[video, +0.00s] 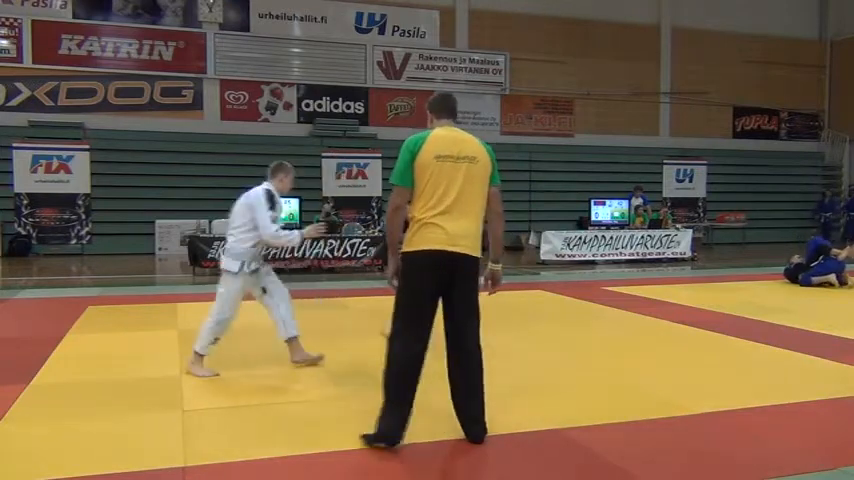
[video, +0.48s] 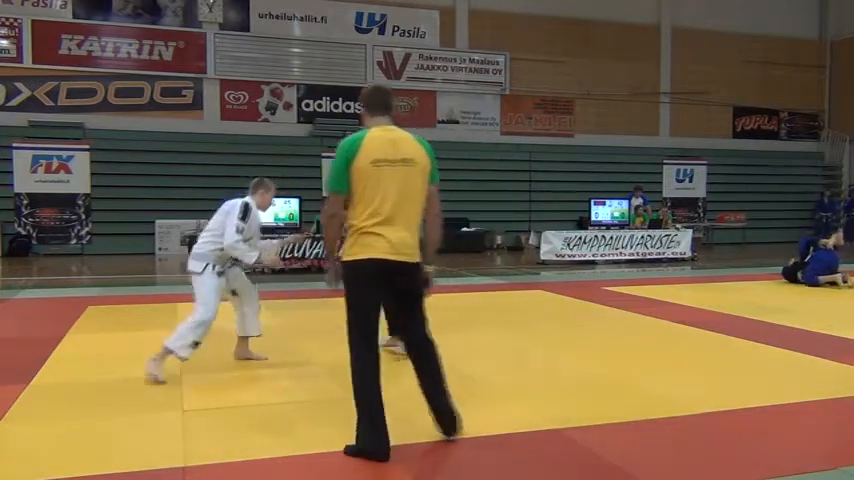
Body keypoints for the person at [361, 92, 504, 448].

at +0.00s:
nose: (425, 123)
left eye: (425, 118)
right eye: (429, 118)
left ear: (430, 116)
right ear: (457, 117)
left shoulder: (416, 144)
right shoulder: (483, 150)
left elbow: (398, 204)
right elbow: (495, 208)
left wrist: (393, 255)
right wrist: (496, 259)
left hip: (421, 257)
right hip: (465, 259)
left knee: (407, 341)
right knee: (466, 342)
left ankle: (389, 431)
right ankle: (475, 427)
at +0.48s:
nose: (361, 117)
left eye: (360, 112)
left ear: (363, 112)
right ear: (393, 111)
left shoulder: (352, 145)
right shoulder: (421, 148)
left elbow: (332, 210)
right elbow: (433, 209)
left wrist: (333, 256)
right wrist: (428, 262)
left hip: (362, 263)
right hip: (406, 263)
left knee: (363, 351)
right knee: (418, 340)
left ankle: (373, 442)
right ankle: (447, 418)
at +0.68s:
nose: (342, 117)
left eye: (339, 112)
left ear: (339, 112)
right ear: (371, 110)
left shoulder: (331, 145)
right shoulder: (401, 145)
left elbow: (310, 210)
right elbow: (414, 206)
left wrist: (299, 265)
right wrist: (408, 259)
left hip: (349, 261)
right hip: (390, 261)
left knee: (357, 349)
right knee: (378, 344)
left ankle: (372, 441)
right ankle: (376, 432)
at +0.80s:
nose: (332, 117)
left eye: (329, 112)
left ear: (328, 112)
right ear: (361, 110)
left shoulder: (322, 146)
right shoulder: (391, 146)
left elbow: (301, 211)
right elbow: (404, 207)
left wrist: (292, 267)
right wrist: (398, 260)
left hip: (341, 259)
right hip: (381, 258)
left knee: (353, 348)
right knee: (357, 343)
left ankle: (373, 443)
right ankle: (344, 425)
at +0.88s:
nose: (321, 118)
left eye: (320, 113)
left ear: (322, 113)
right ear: (354, 111)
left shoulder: (317, 145)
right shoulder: (382, 147)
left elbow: (298, 211)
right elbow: (395, 208)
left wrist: (290, 265)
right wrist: (391, 259)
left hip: (334, 259)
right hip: (374, 259)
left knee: (348, 346)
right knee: (347, 343)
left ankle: (373, 442)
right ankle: (337, 426)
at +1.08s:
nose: (306, 119)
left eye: (306, 115)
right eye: (310, 115)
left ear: (309, 113)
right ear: (340, 112)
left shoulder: (306, 140)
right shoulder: (367, 149)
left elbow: (292, 207)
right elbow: (375, 210)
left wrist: (286, 261)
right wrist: (368, 263)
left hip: (313, 259)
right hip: (352, 260)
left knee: (303, 338)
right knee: (338, 340)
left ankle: (346, 416)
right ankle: (338, 428)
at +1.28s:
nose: (288, 118)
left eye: (287, 112)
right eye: (291, 112)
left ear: (293, 111)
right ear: (320, 110)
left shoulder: (284, 141)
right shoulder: (349, 148)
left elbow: (266, 208)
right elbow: (358, 213)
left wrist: (260, 259)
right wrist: (342, 253)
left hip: (288, 261)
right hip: (332, 263)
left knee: (269, 346)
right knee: (330, 345)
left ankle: (264, 439)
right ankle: (338, 428)